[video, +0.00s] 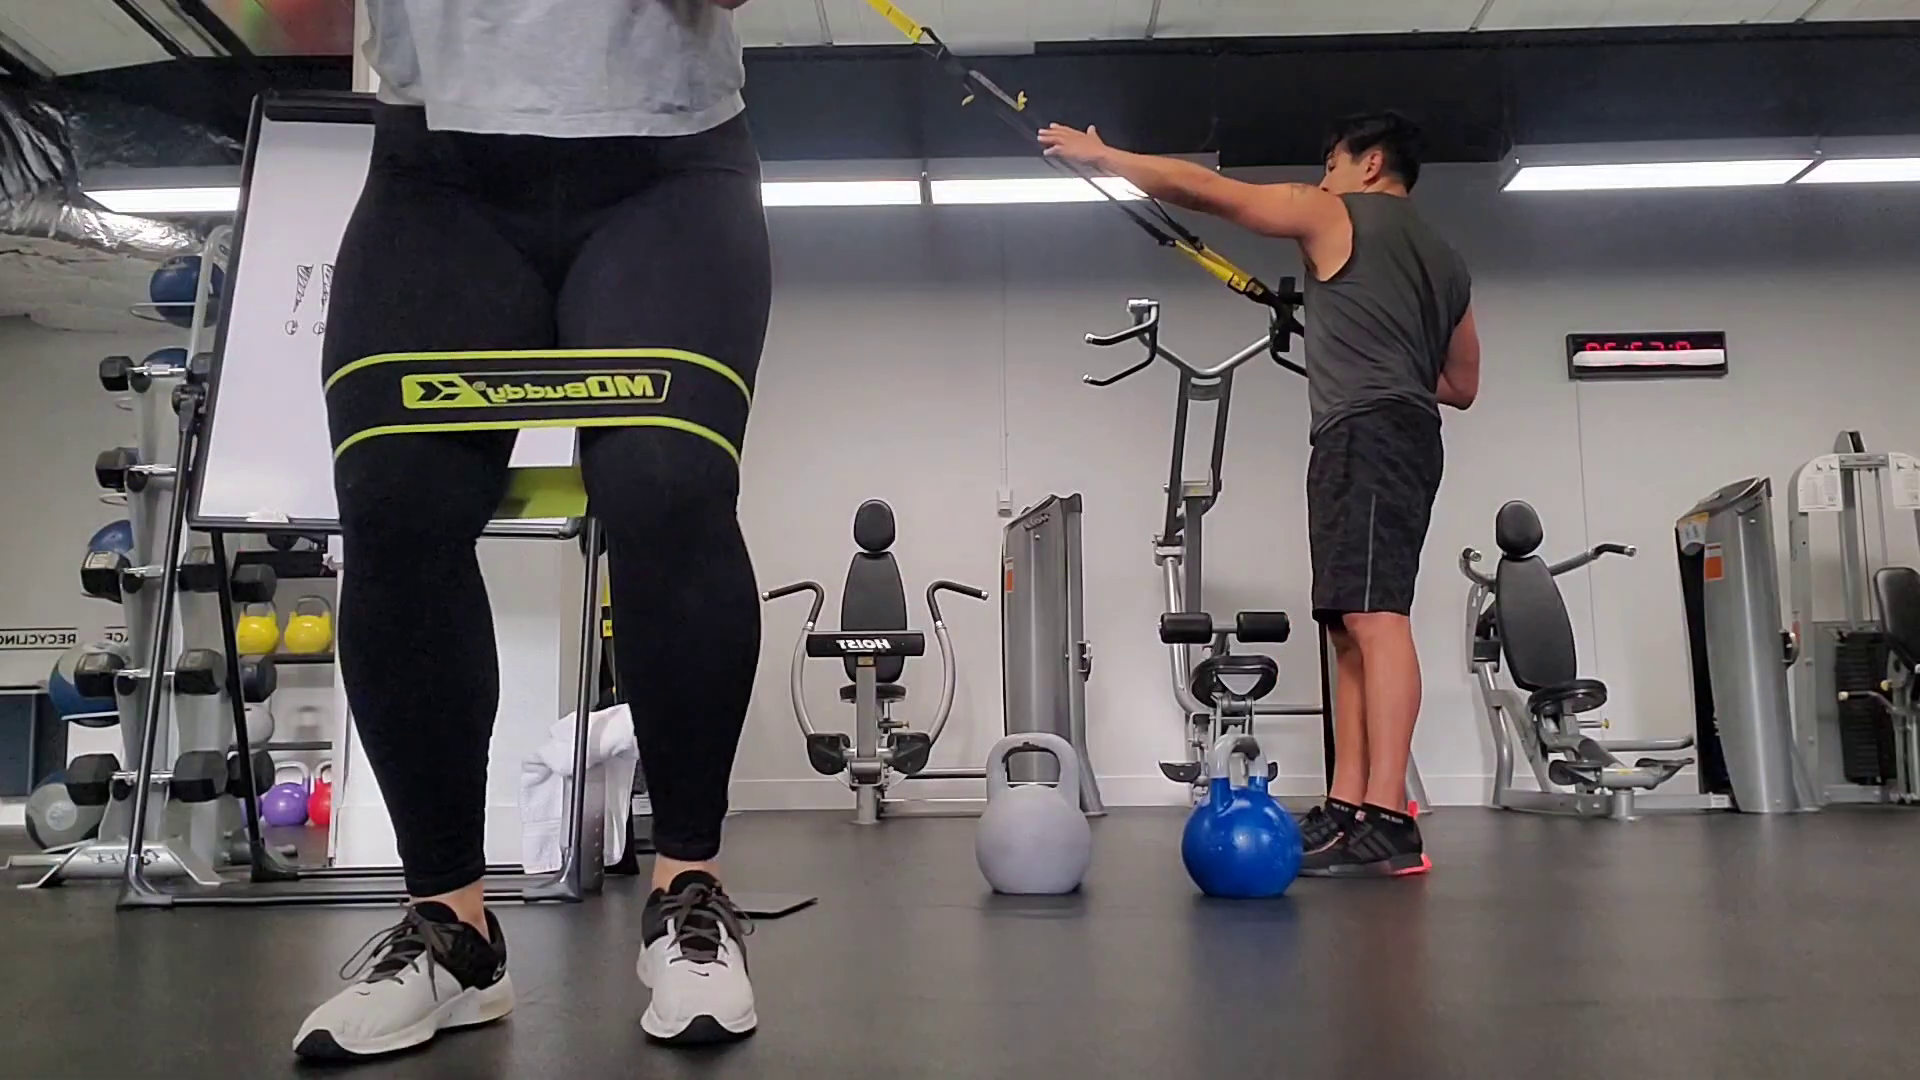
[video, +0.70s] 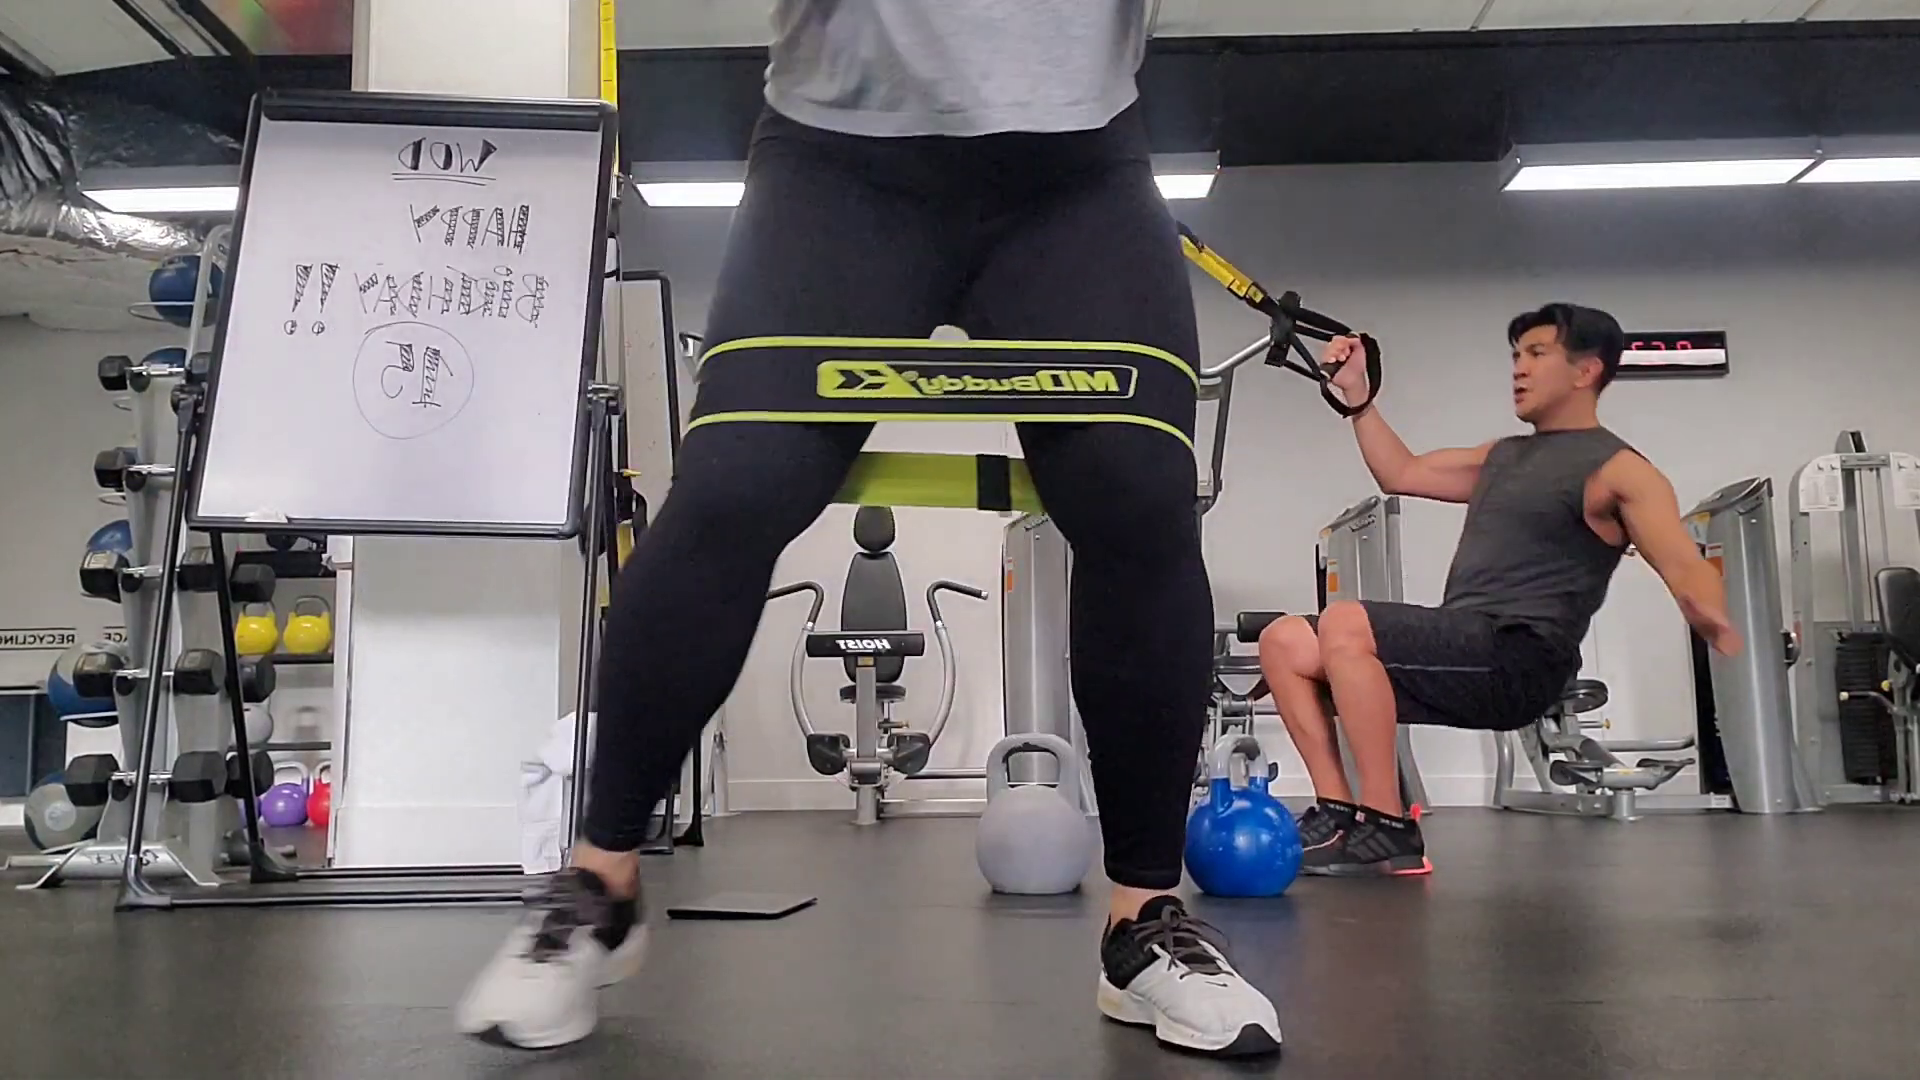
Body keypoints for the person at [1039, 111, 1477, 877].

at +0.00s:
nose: (1325, 179)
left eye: (1333, 165)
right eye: (1328, 167)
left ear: (1371, 160)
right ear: (1398, 171)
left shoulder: (1336, 212)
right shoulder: (1444, 260)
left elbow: (1213, 189)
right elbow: (1460, 386)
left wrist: (1102, 153)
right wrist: (1363, 355)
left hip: (1366, 430)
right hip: (1404, 432)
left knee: (1378, 618)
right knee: (1348, 623)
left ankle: (1389, 821)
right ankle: (1349, 808)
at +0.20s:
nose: (1340, 177)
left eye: (1353, 162)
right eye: (1345, 164)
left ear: (1398, 165)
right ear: (1408, 173)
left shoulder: (1379, 215)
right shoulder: (1444, 256)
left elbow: (1260, 210)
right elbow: (1451, 376)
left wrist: (1149, 179)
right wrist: (1352, 348)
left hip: (1398, 433)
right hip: (1405, 436)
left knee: (1353, 618)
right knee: (1336, 623)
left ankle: (1388, 819)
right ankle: (1348, 808)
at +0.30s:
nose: (1361, 190)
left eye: (1375, 176)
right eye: (1364, 179)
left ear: (1423, 184)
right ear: (1416, 189)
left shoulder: (1419, 235)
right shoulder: (1408, 255)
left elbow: (1316, 245)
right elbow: (1427, 363)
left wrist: (1204, 224)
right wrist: (1360, 348)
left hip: (1429, 454)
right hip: (1395, 458)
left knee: (1335, 620)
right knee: (1307, 627)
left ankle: (1386, 821)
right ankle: (1347, 810)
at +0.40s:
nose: (1392, 220)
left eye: (1408, 205)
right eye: (1393, 208)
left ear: (1458, 216)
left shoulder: (1471, 274)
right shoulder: (1419, 311)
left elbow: (1418, 315)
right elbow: (1402, 430)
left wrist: (1285, 300)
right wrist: (1359, 373)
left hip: (1458, 492)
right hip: (1407, 500)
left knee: (1324, 626)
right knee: (1286, 633)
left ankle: (1387, 821)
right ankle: (1345, 811)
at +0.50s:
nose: (1432, 264)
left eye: (1449, 248)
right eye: (1432, 253)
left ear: (1499, 262)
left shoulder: (1518, 331)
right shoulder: (1454, 360)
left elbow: (1521, 402)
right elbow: (1392, 452)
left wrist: (1399, 398)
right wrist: (1357, 378)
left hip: (1479, 542)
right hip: (1427, 544)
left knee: (1320, 629)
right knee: (1273, 638)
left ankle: (1386, 823)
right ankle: (1342, 812)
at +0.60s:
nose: (1474, 316)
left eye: (1492, 301)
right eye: (1474, 305)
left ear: (1544, 314)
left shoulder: (1572, 402)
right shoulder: (1482, 414)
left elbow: (1616, 494)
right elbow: (1391, 463)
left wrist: (1570, 512)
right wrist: (1355, 395)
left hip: (1499, 598)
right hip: (1444, 593)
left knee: (1323, 629)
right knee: (1271, 641)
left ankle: (1386, 823)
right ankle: (1337, 811)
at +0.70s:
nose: (1516, 368)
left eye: (1535, 353)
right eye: (1517, 356)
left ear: (1589, 370)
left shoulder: (1621, 469)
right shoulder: (1502, 457)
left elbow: (1686, 567)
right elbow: (1402, 472)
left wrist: (1710, 615)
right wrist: (1358, 400)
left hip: (1523, 656)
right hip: (1461, 649)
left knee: (1346, 625)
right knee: (1283, 642)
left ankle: (1388, 826)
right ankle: (1337, 812)